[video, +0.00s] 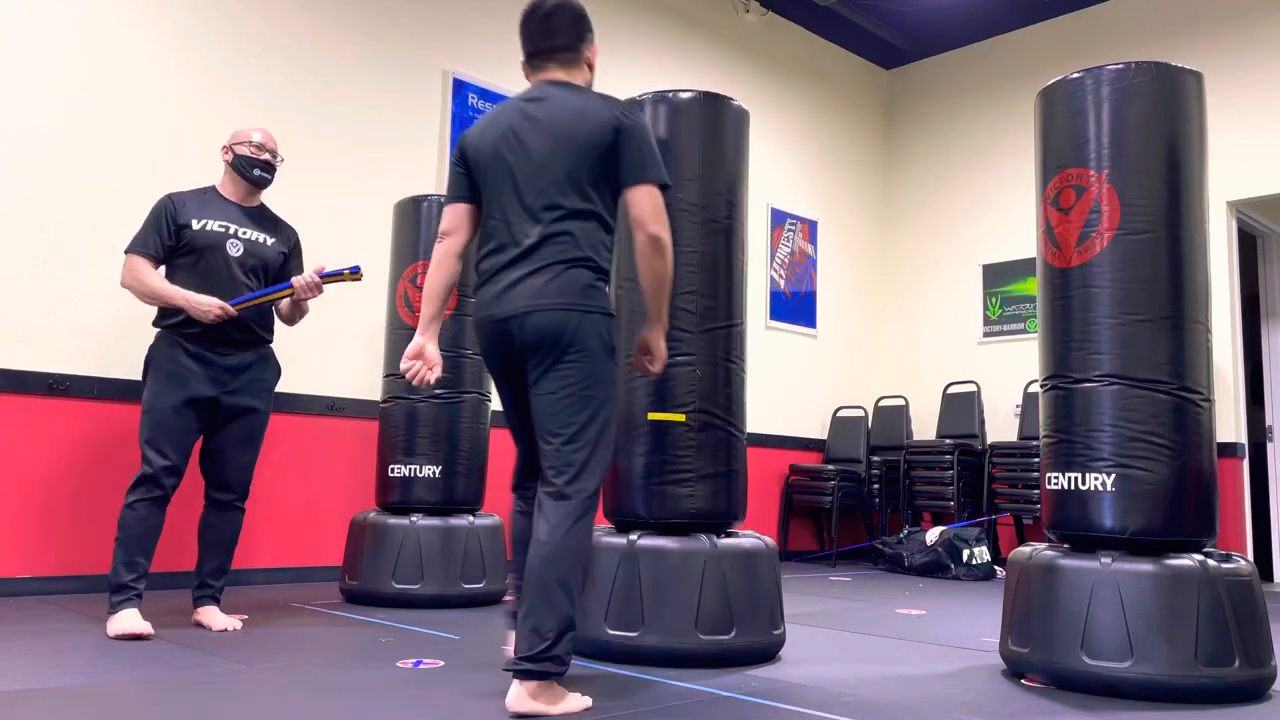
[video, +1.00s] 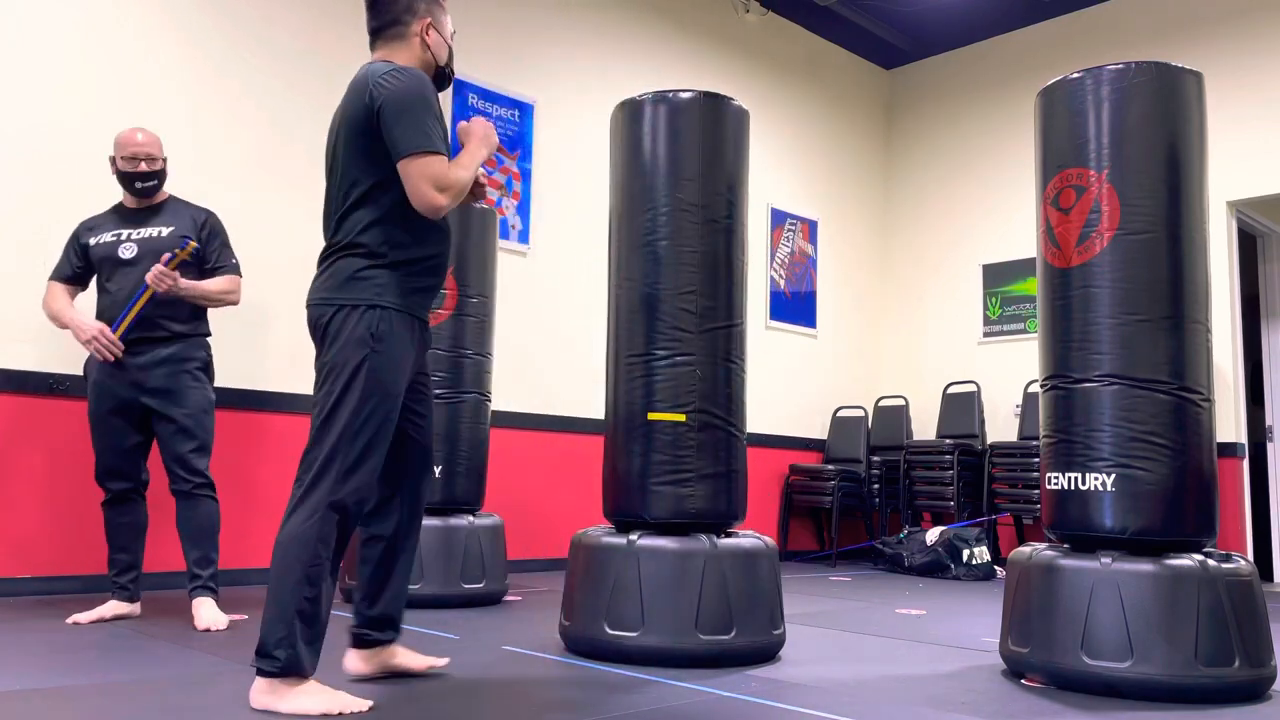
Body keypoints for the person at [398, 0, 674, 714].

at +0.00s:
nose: (596, 64)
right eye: (596, 54)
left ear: (523, 63)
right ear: (589, 54)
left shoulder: (479, 131)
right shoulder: (610, 117)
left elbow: (451, 237)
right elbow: (652, 231)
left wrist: (425, 330)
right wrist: (657, 326)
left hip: (496, 318)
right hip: (572, 310)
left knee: (533, 471)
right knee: (567, 487)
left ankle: (525, 626)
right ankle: (538, 678)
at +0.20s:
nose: (547, 54)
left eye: (542, 42)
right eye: (544, 43)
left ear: (476, 52)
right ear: (533, 44)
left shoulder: (437, 125)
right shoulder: (541, 101)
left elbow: (421, 242)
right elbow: (580, 197)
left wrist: (444, 305)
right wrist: (599, 250)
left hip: (443, 311)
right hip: (513, 308)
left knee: (432, 485)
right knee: (528, 494)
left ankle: (348, 638)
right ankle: (530, 681)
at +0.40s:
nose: (494, 60)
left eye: (493, 49)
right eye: (492, 48)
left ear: (424, 50)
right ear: (476, 46)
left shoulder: (395, 114)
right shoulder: (472, 101)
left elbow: (404, 214)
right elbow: (494, 205)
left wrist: (492, 226)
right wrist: (540, 199)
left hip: (376, 312)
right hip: (436, 314)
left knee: (355, 485)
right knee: (477, 485)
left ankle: (321, 656)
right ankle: (497, 671)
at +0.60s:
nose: (458, 46)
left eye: (455, 34)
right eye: (455, 33)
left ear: (390, 39)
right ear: (435, 33)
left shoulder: (366, 103)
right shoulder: (431, 92)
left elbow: (403, 204)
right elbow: (477, 205)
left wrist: (479, 180)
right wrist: (488, 169)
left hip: (357, 303)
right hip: (403, 305)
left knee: (353, 475)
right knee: (414, 477)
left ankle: (321, 648)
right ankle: (321, 658)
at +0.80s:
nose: (447, 37)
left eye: (443, 24)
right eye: (442, 24)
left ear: (380, 32)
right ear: (420, 26)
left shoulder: (357, 99)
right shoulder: (412, 84)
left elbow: (384, 205)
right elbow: (453, 197)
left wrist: (460, 179)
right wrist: (476, 153)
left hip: (363, 301)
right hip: (383, 304)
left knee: (372, 486)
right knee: (347, 482)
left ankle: (331, 654)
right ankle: (281, 673)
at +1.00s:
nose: (453, 36)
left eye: (450, 25)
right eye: (448, 24)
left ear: (396, 29)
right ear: (426, 26)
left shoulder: (377, 88)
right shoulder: (398, 84)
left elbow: (402, 198)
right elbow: (433, 196)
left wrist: (462, 183)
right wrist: (471, 154)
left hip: (391, 308)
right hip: (371, 304)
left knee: (400, 473)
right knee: (335, 482)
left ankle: (374, 642)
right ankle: (280, 674)